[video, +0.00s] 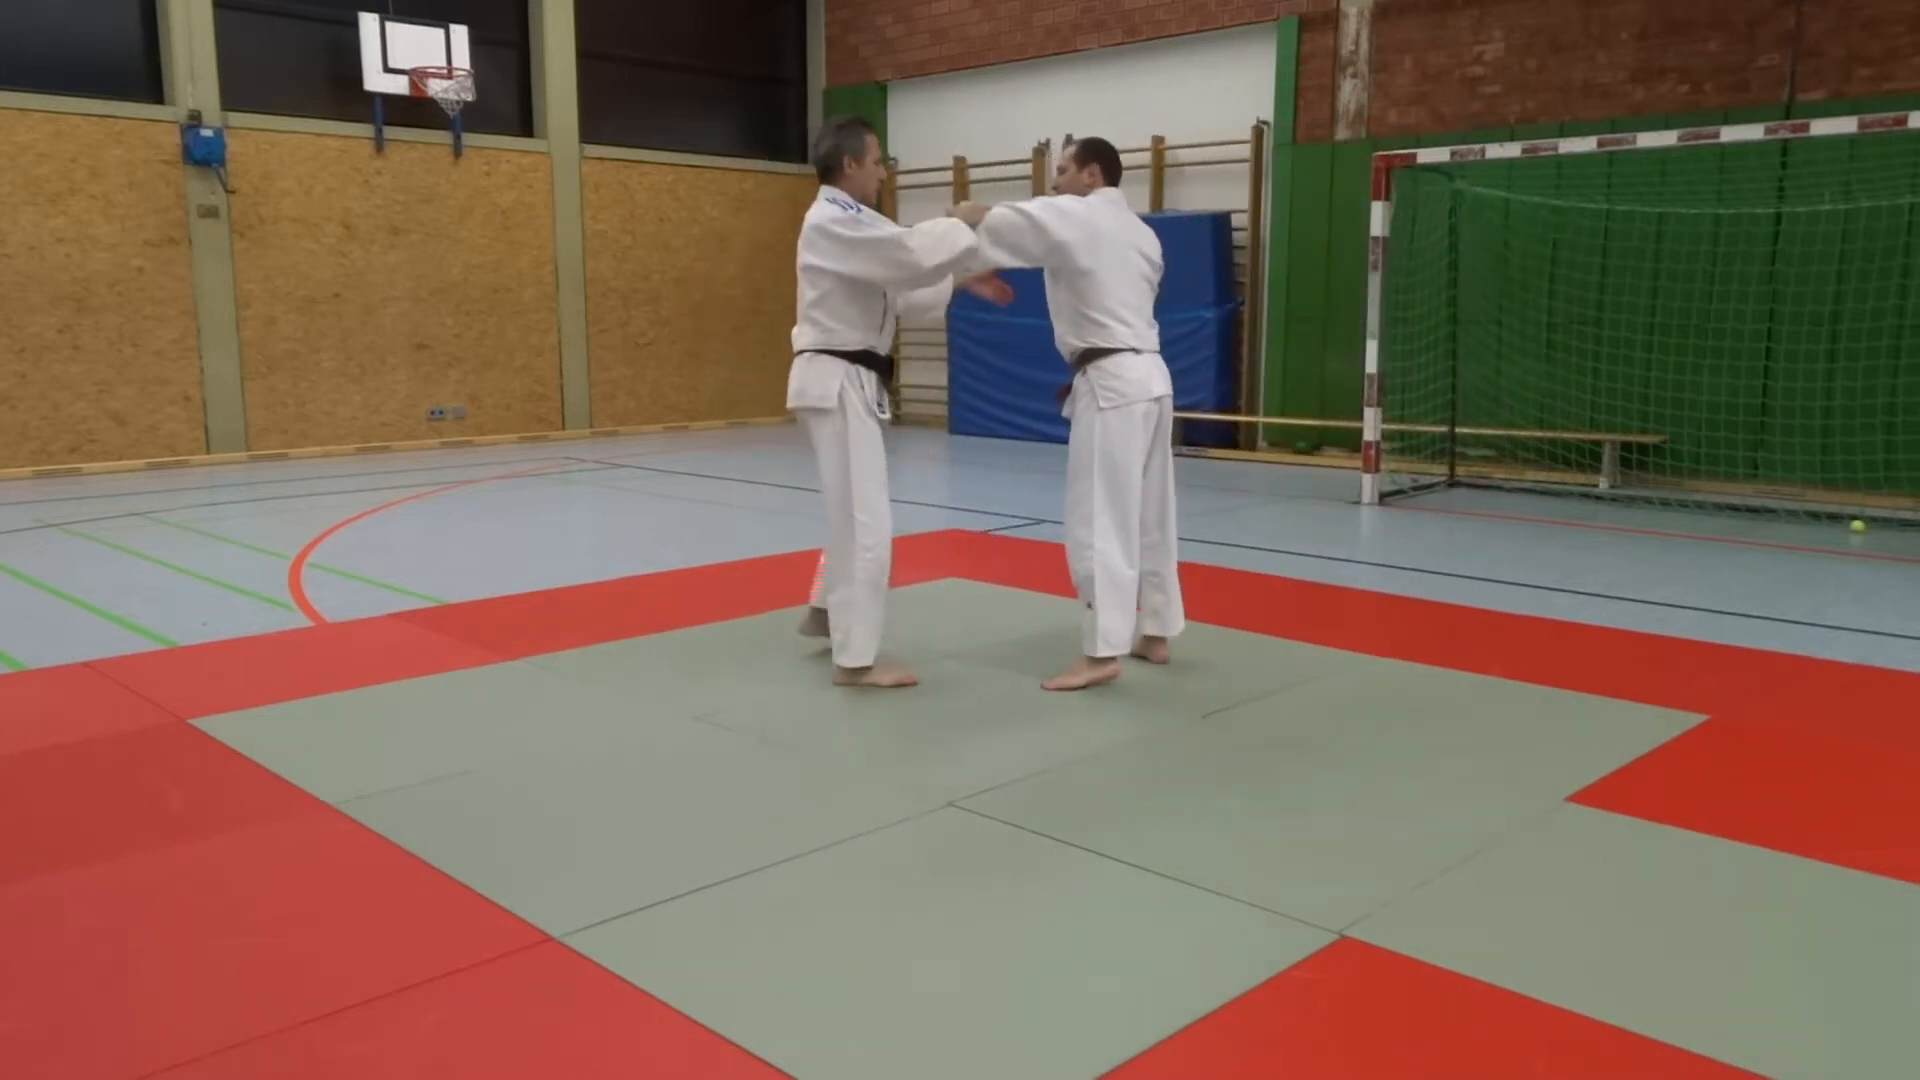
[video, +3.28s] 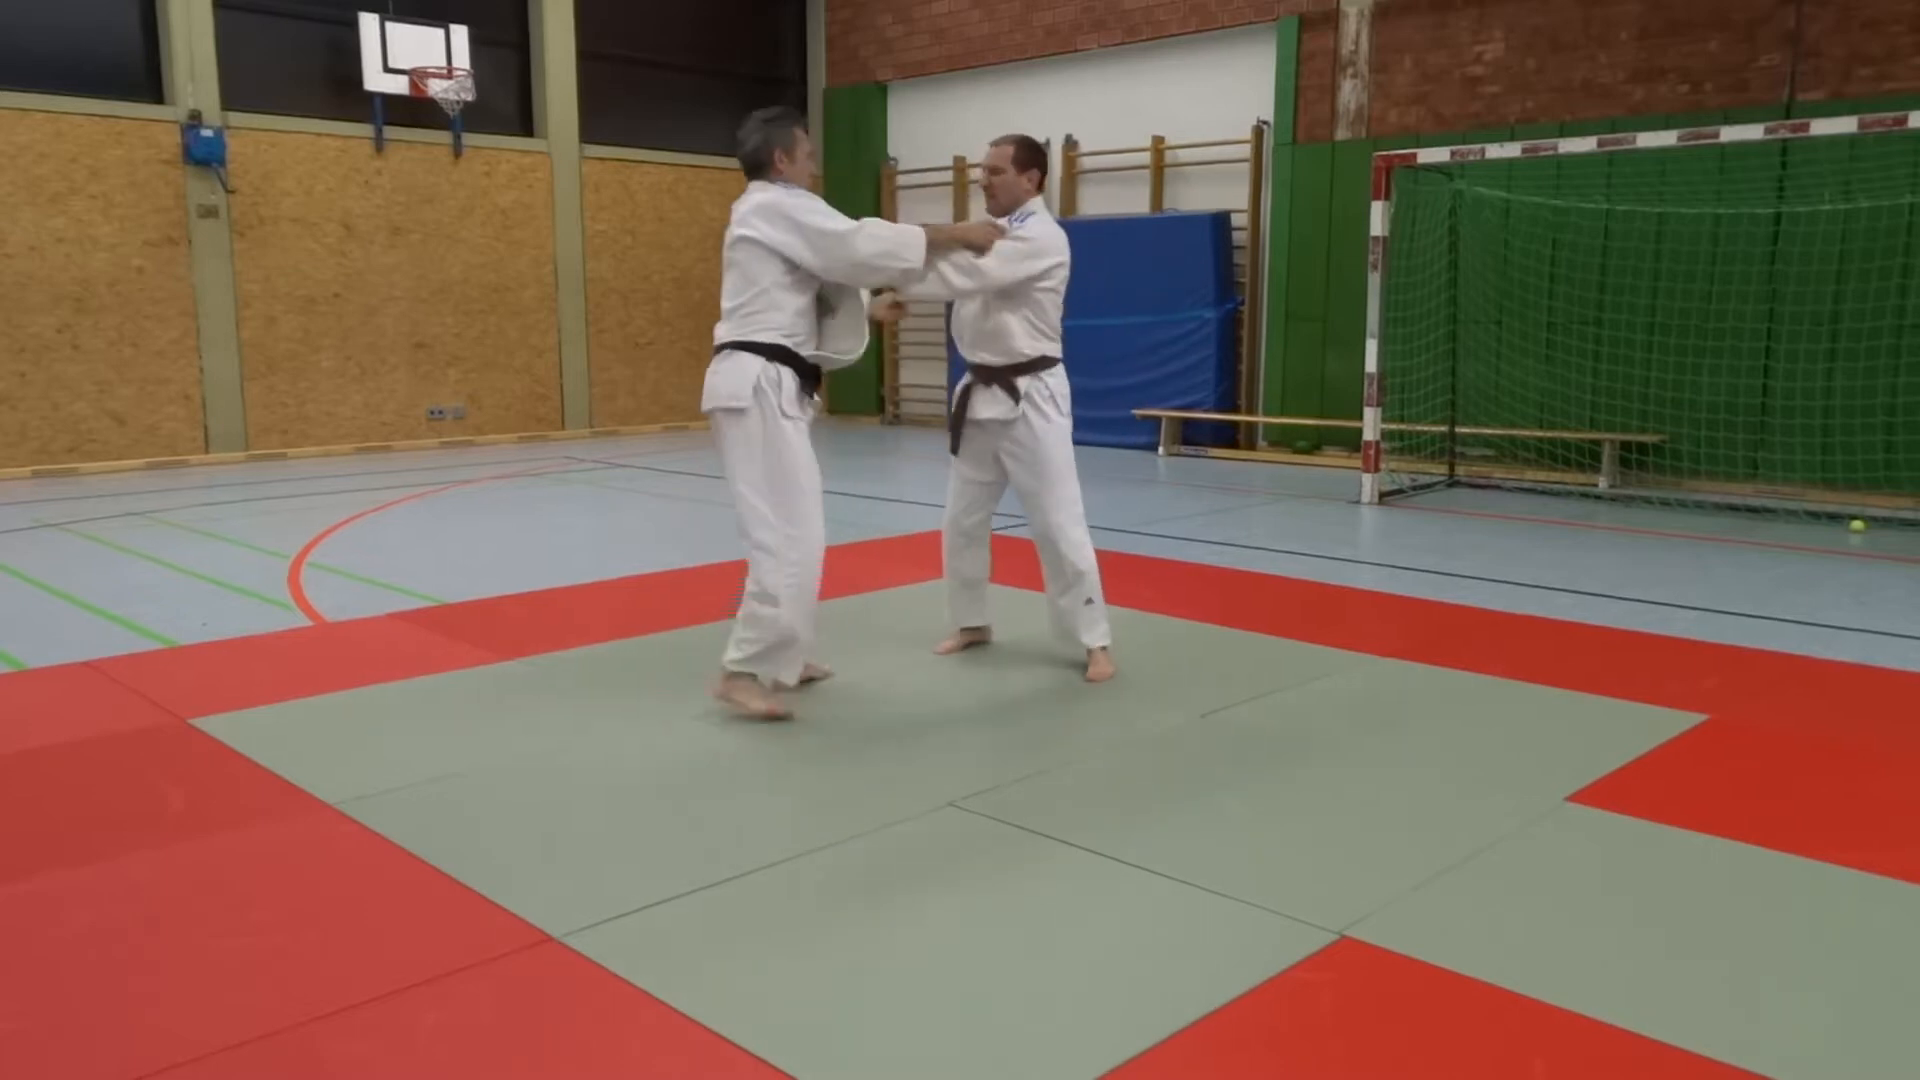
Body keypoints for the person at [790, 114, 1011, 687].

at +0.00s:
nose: (883, 173)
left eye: (881, 162)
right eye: (876, 162)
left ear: (845, 166)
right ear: (848, 164)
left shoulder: (843, 218)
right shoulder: (831, 218)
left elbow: (896, 296)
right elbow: (905, 252)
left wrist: (960, 279)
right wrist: (961, 223)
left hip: (841, 376)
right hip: (837, 380)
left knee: (852, 505)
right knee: (867, 519)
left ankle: (827, 608)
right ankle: (856, 661)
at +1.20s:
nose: (895, 180)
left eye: (893, 171)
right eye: (885, 170)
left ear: (859, 177)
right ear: (852, 175)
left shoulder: (859, 226)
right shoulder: (836, 219)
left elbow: (877, 302)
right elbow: (892, 246)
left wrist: (946, 313)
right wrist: (967, 229)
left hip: (852, 372)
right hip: (828, 369)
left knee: (845, 503)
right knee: (832, 505)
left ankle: (845, 617)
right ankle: (775, 621)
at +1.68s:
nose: (856, 188)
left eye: (855, 177)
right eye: (848, 177)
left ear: (822, 178)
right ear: (816, 178)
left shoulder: (828, 237)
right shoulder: (782, 227)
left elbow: (868, 298)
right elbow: (859, 251)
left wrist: (938, 299)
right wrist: (947, 228)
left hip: (802, 389)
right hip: (756, 382)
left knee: (816, 499)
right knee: (742, 507)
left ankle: (823, 616)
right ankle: (727, 638)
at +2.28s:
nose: (894, 184)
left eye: (894, 176)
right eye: (883, 176)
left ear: (887, 183)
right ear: (849, 181)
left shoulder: (883, 240)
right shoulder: (831, 220)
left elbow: (921, 304)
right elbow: (896, 239)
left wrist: (999, 292)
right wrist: (991, 231)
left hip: (836, 386)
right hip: (792, 378)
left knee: (848, 501)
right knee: (771, 508)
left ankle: (845, 615)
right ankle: (737, 635)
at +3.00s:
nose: (893, 184)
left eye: (893, 173)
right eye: (888, 173)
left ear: (850, 171)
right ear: (859, 172)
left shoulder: (842, 215)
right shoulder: (843, 218)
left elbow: (906, 262)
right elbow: (913, 282)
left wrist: (975, 274)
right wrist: (1008, 276)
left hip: (824, 383)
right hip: (802, 380)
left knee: (834, 514)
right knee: (802, 527)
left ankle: (806, 633)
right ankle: (774, 680)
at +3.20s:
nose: (832, 169)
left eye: (829, 160)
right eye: (825, 159)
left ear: (790, 166)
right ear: (800, 164)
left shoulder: (790, 211)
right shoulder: (789, 207)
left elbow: (863, 261)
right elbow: (869, 246)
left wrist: (927, 244)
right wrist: (969, 242)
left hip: (783, 381)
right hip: (771, 381)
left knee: (794, 527)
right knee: (791, 530)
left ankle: (789, 656)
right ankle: (777, 676)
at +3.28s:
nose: (815, 163)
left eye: (812, 153)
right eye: (808, 153)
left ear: (770, 161)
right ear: (782, 158)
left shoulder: (771, 211)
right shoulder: (771, 204)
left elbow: (800, 314)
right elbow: (857, 243)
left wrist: (867, 312)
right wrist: (956, 234)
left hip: (771, 383)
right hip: (758, 383)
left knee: (792, 525)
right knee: (789, 529)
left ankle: (784, 652)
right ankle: (743, 670)